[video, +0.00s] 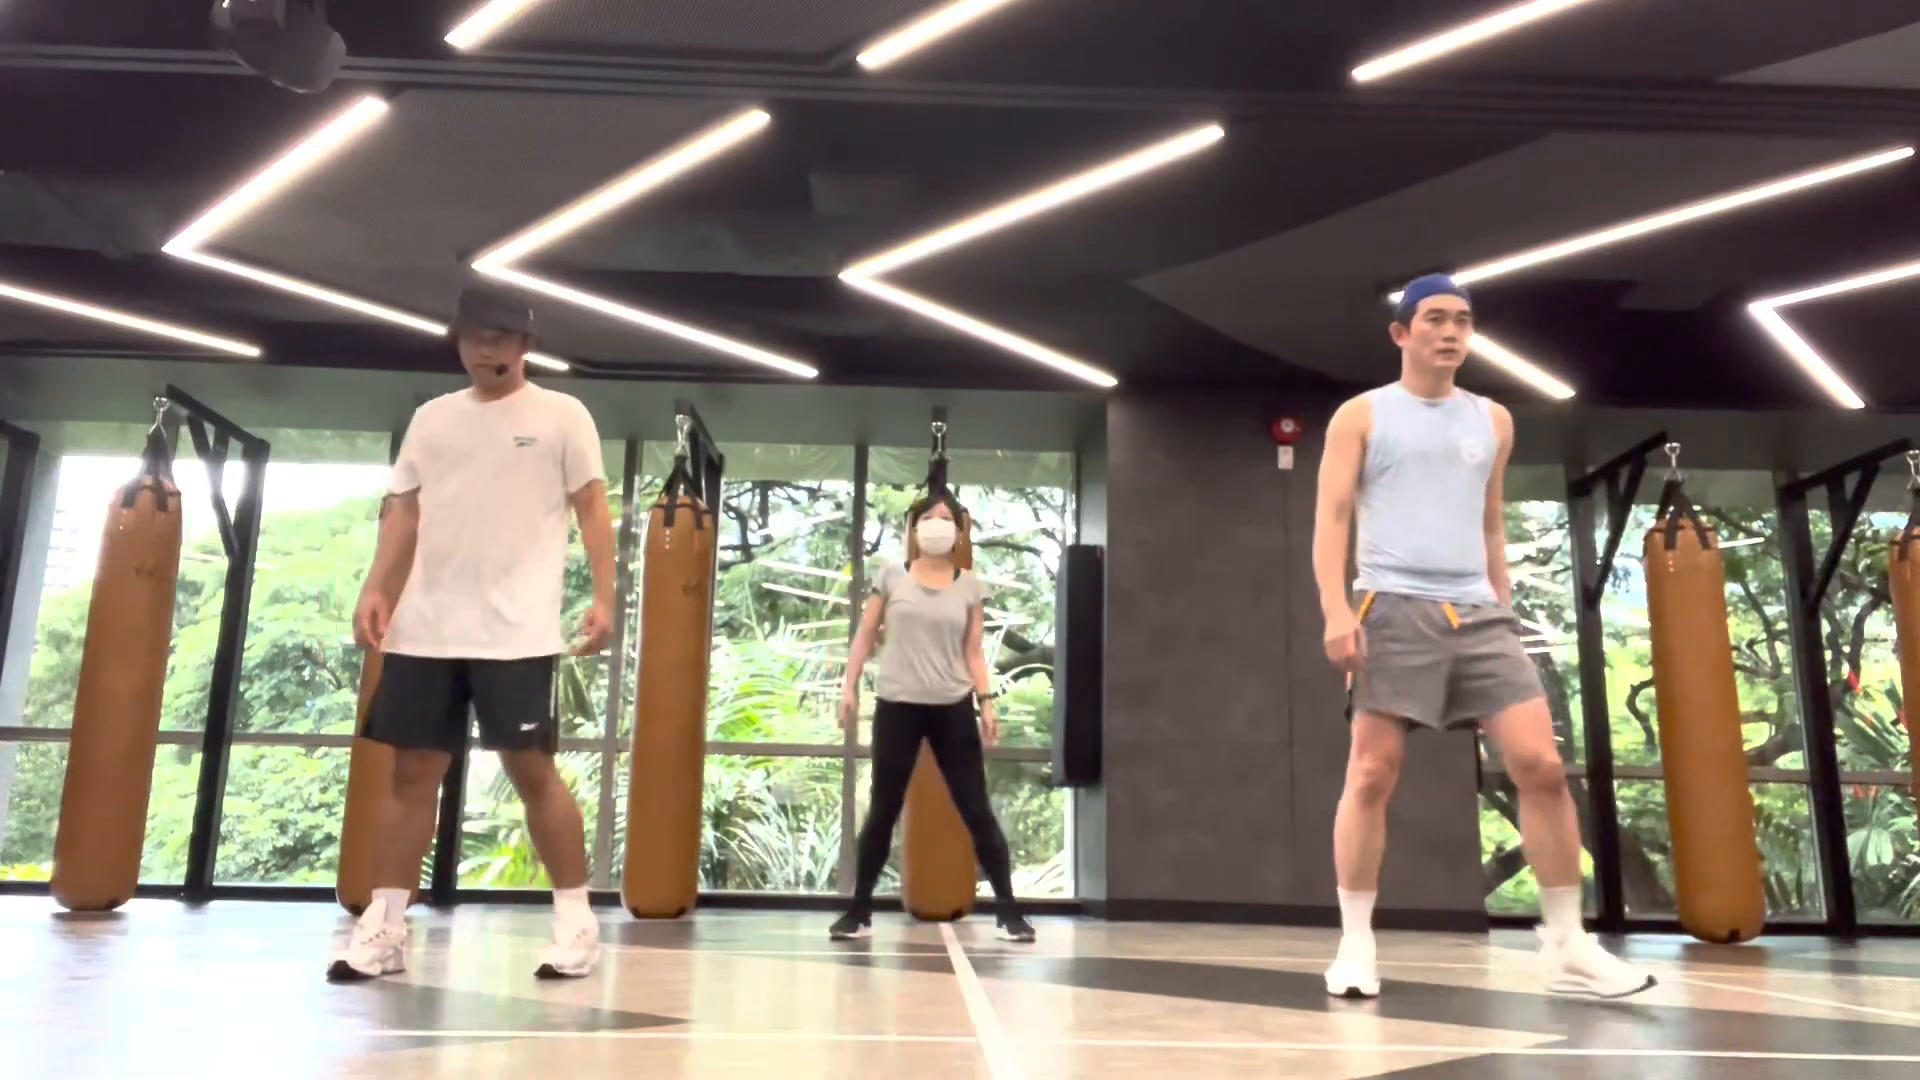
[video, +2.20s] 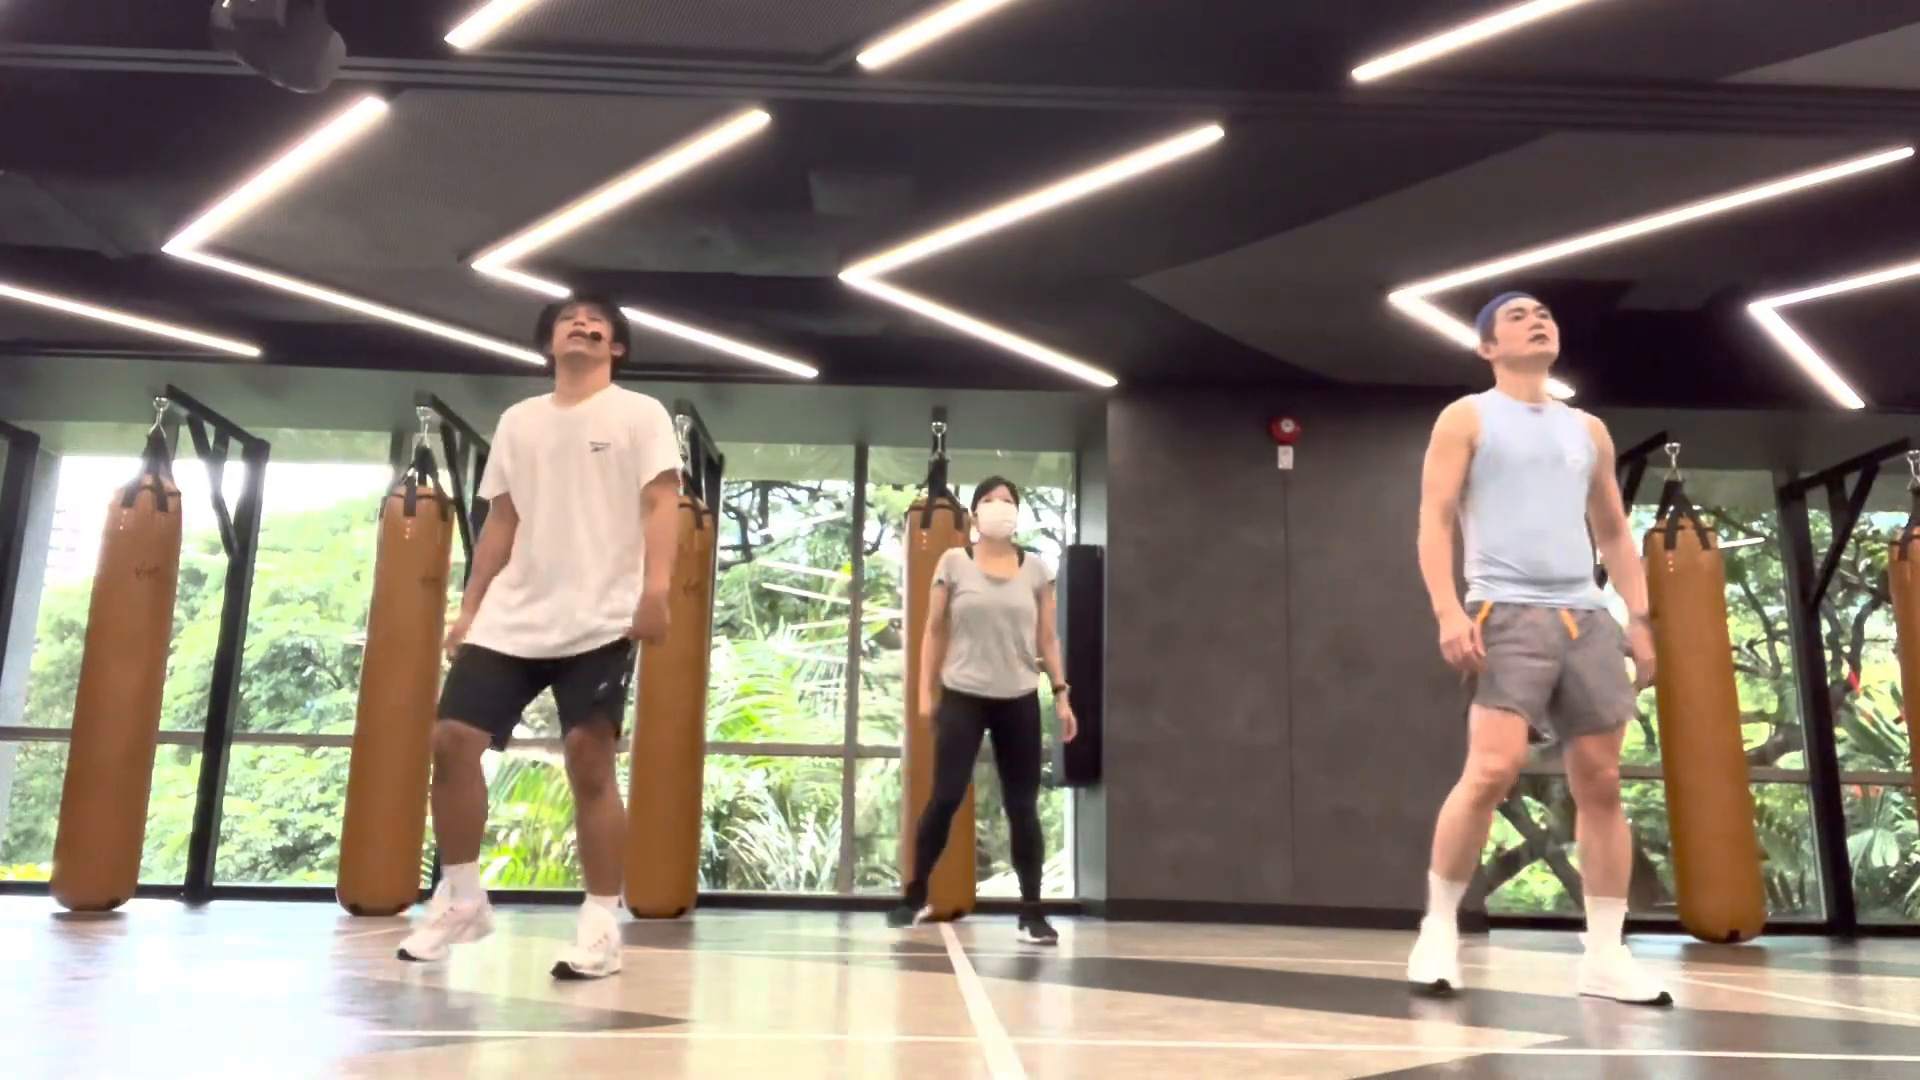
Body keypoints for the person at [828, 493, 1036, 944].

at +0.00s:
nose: (937, 526)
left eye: (947, 521)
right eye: (929, 519)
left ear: (959, 534)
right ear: (913, 530)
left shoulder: (970, 586)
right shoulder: (892, 577)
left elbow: (974, 651)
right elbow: (865, 636)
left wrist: (987, 702)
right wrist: (849, 689)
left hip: (952, 708)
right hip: (897, 707)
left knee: (977, 810)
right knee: (883, 809)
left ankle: (1008, 908)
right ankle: (859, 909)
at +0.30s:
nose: (977, 523)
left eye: (984, 517)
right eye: (969, 517)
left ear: (996, 529)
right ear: (955, 529)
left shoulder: (1015, 577)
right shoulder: (937, 578)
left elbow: (1023, 635)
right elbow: (922, 643)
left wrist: (1019, 672)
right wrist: (911, 698)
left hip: (1000, 702)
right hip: (948, 701)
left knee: (1004, 808)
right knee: (930, 800)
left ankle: (1011, 910)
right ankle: (906, 891)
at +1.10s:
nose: (930, 512)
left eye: (940, 506)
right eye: (921, 505)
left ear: (953, 522)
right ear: (906, 519)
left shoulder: (965, 572)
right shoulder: (881, 569)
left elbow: (976, 638)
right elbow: (857, 632)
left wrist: (985, 696)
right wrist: (843, 686)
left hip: (942, 700)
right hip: (883, 699)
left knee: (971, 803)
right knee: (876, 804)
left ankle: (1002, 896)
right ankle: (860, 911)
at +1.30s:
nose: (918, 510)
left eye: (927, 504)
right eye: (909, 502)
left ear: (937, 518)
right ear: (891, 515)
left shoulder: (947, 571)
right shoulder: (866, 559)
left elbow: (950, 641)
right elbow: (831, 621)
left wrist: (953, 700)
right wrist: (805, 674)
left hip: (925, 693)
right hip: (868, 692)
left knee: (926, 795)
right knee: (868, 802)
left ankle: (931, 896)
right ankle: (860, 912)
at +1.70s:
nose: (926, 509)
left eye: (936, 504)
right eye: (917, 501)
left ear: (946, 521)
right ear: (901, 514)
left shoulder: (951, 574)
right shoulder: (872, 555)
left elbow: (949, 640)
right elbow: (842, 616)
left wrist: (956, 696)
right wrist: (838, 676)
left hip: (935, 690)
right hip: (877, 690)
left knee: (976, 789)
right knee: (873, 802)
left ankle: (985, 882)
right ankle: (860, 911)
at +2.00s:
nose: (973, 514)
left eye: (981, 508)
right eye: (964, 507)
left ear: (991, 523)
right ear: (949, 521)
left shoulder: (1008, 580)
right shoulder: (928, 567)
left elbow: (1010, 642)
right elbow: (901, 632)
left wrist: (1012, 692)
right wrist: (884, 691)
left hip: (993, 705)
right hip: (933, 704)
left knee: (1013, 810)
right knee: (905, 808)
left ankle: (1031, 910)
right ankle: (863, 909)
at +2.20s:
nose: (1001, 509)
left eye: (1008, 503)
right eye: (991, 502)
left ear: (1019, 517)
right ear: (973, 517)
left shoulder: (1036, 570)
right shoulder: (953, 563)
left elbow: (1047, 640)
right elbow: (934, 631)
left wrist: (1062, 694)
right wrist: (926, 690)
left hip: (1019, 698)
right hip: (962, 695)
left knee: (1023, 806)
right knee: (946, 796)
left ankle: (1031, 911)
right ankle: (916, 892)